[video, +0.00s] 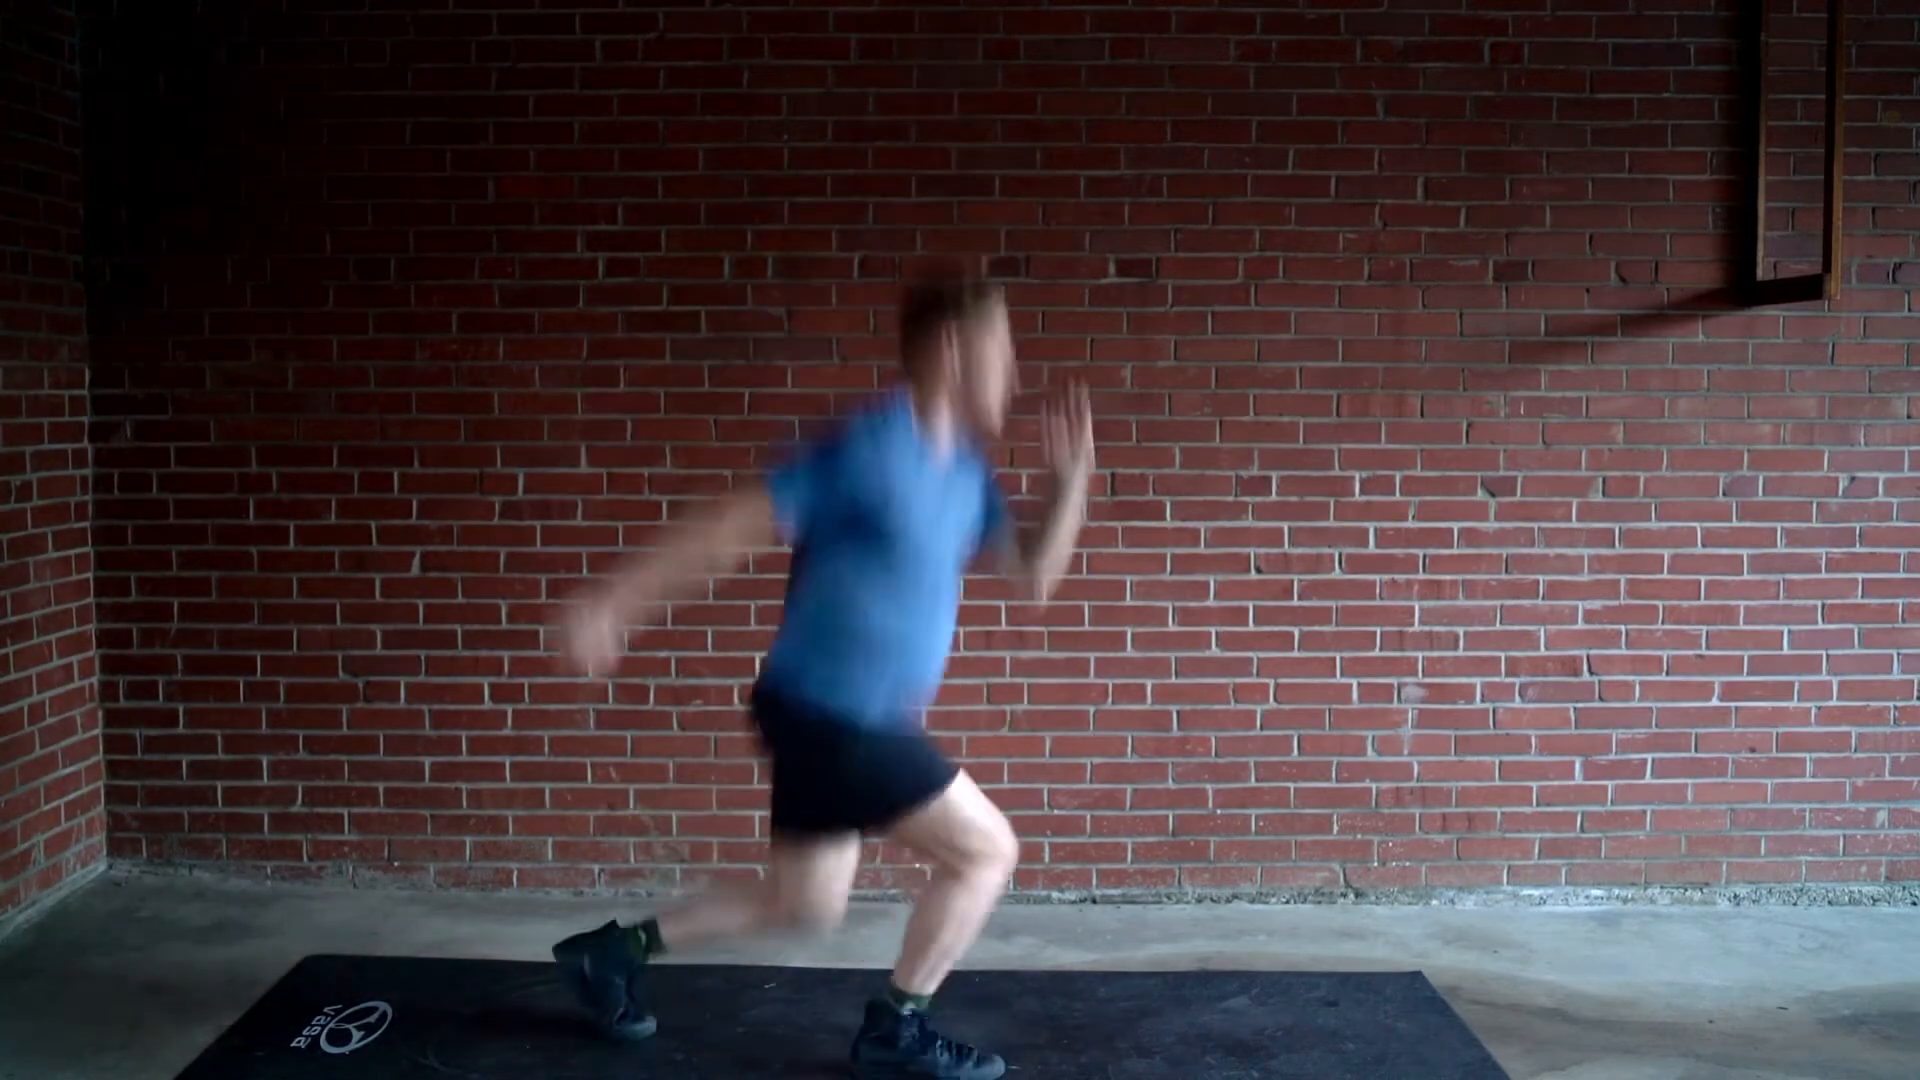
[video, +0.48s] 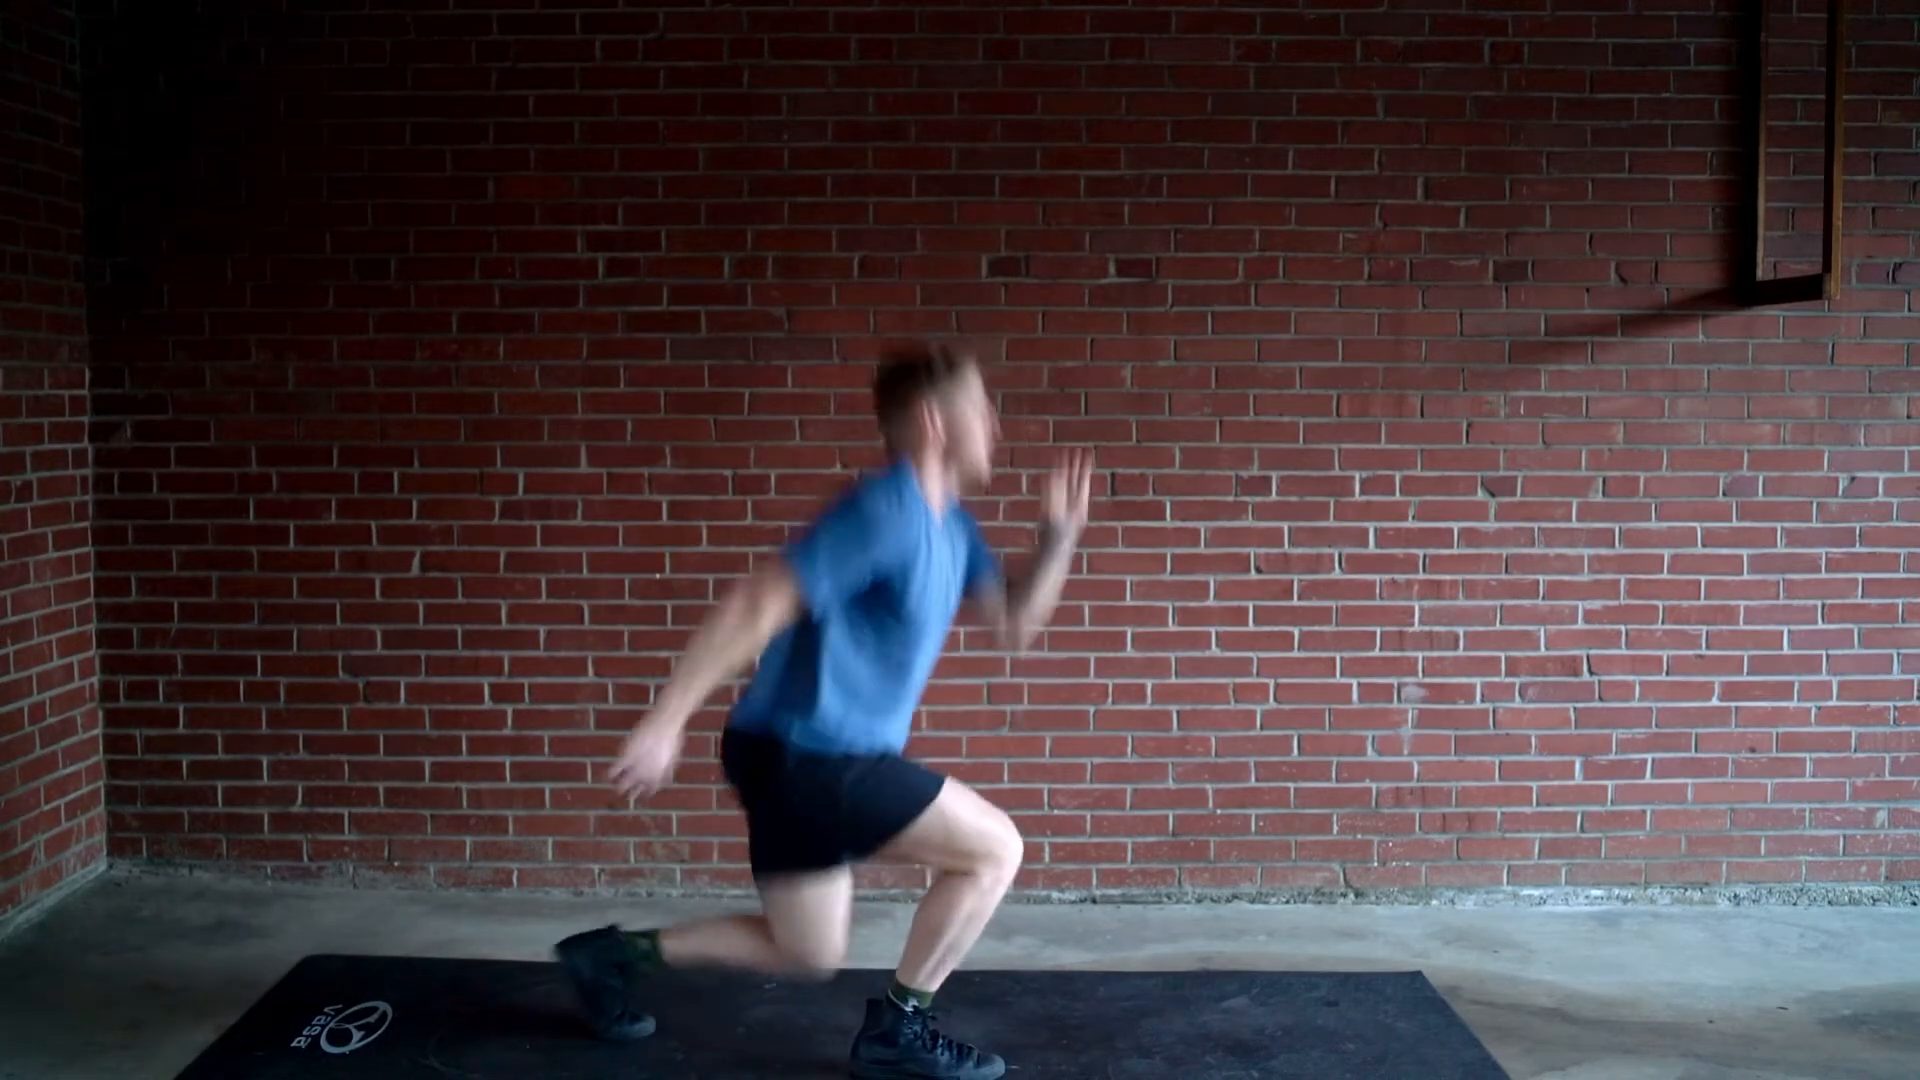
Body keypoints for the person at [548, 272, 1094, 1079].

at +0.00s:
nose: (1009, 363)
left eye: (1008, 342)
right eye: (994, 343)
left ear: (985, 349)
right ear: (942, 348)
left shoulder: (968, 467)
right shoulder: (869, 445)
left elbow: (1035, 578)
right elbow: (734, 524)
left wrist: (1072, 481)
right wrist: (611, 603)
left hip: (867, 713)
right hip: (818, 710)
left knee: (806, 903)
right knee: (985, 850)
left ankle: (617, 949)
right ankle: (897, 1027)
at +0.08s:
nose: (1024, 450)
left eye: (1021, 432)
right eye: (1012, 431)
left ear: (971, 445)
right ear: (959, 442)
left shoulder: (968, 550)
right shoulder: (876, 530)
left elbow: (1022, 666)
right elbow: (746, 609)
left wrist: (1076, 589)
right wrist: (636, 711)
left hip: (846, 773)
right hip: (802, 771)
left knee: (819, 964)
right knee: (996, 857)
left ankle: (626, 955)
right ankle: (898, 1029)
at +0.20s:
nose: (1027, 520)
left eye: (1025, 503)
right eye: (1016, 502)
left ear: (970, 514)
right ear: (965, 512)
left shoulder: (963, 610)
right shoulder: (881, 596)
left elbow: (1006, 729)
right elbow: (747, 681)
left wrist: (1067, 661)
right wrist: (647, 791)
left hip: (829, 816)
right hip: (787, 821)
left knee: (827, 1001)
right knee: (995, 858)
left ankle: (645, 957)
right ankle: (896, 1029)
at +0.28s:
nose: (1023, 533)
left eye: (1020, 517)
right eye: (1012, 517)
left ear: (965, 529)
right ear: (962, 526)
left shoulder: (960, 622)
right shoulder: (881, 609)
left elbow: (1004, 736)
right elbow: (748, 693)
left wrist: (1066, 663)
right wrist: (637, 793)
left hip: (822, 820)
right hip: (786, 825)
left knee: (829, 1004)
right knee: (994, 856)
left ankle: (645, 956)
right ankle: (898, 1031)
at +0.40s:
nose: (1010, 485)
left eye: (1006, 467)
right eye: (997, 467)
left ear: (951, 485)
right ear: (946, 481)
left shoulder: (954, 577)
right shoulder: (884, 568)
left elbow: (1010, 688)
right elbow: (751, 659)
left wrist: (1062, 607)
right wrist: (643, 761)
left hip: (826, 794)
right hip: (787, 797)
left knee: (824, 982)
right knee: (994, 854)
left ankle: (635, 956)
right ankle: (898, 1029)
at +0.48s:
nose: (994, 423)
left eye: (989, 405)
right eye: (980, 406)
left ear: (936, 423)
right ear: (932, 421)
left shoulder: (951, 526)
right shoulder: (884, 511)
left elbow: (1015, 625)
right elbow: (756, 604)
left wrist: (1060, 536)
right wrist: (665, 720)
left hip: (830, 757)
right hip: (797, 756)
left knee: (809, 948)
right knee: (993, 849)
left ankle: (616, 954)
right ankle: (898, 1028)